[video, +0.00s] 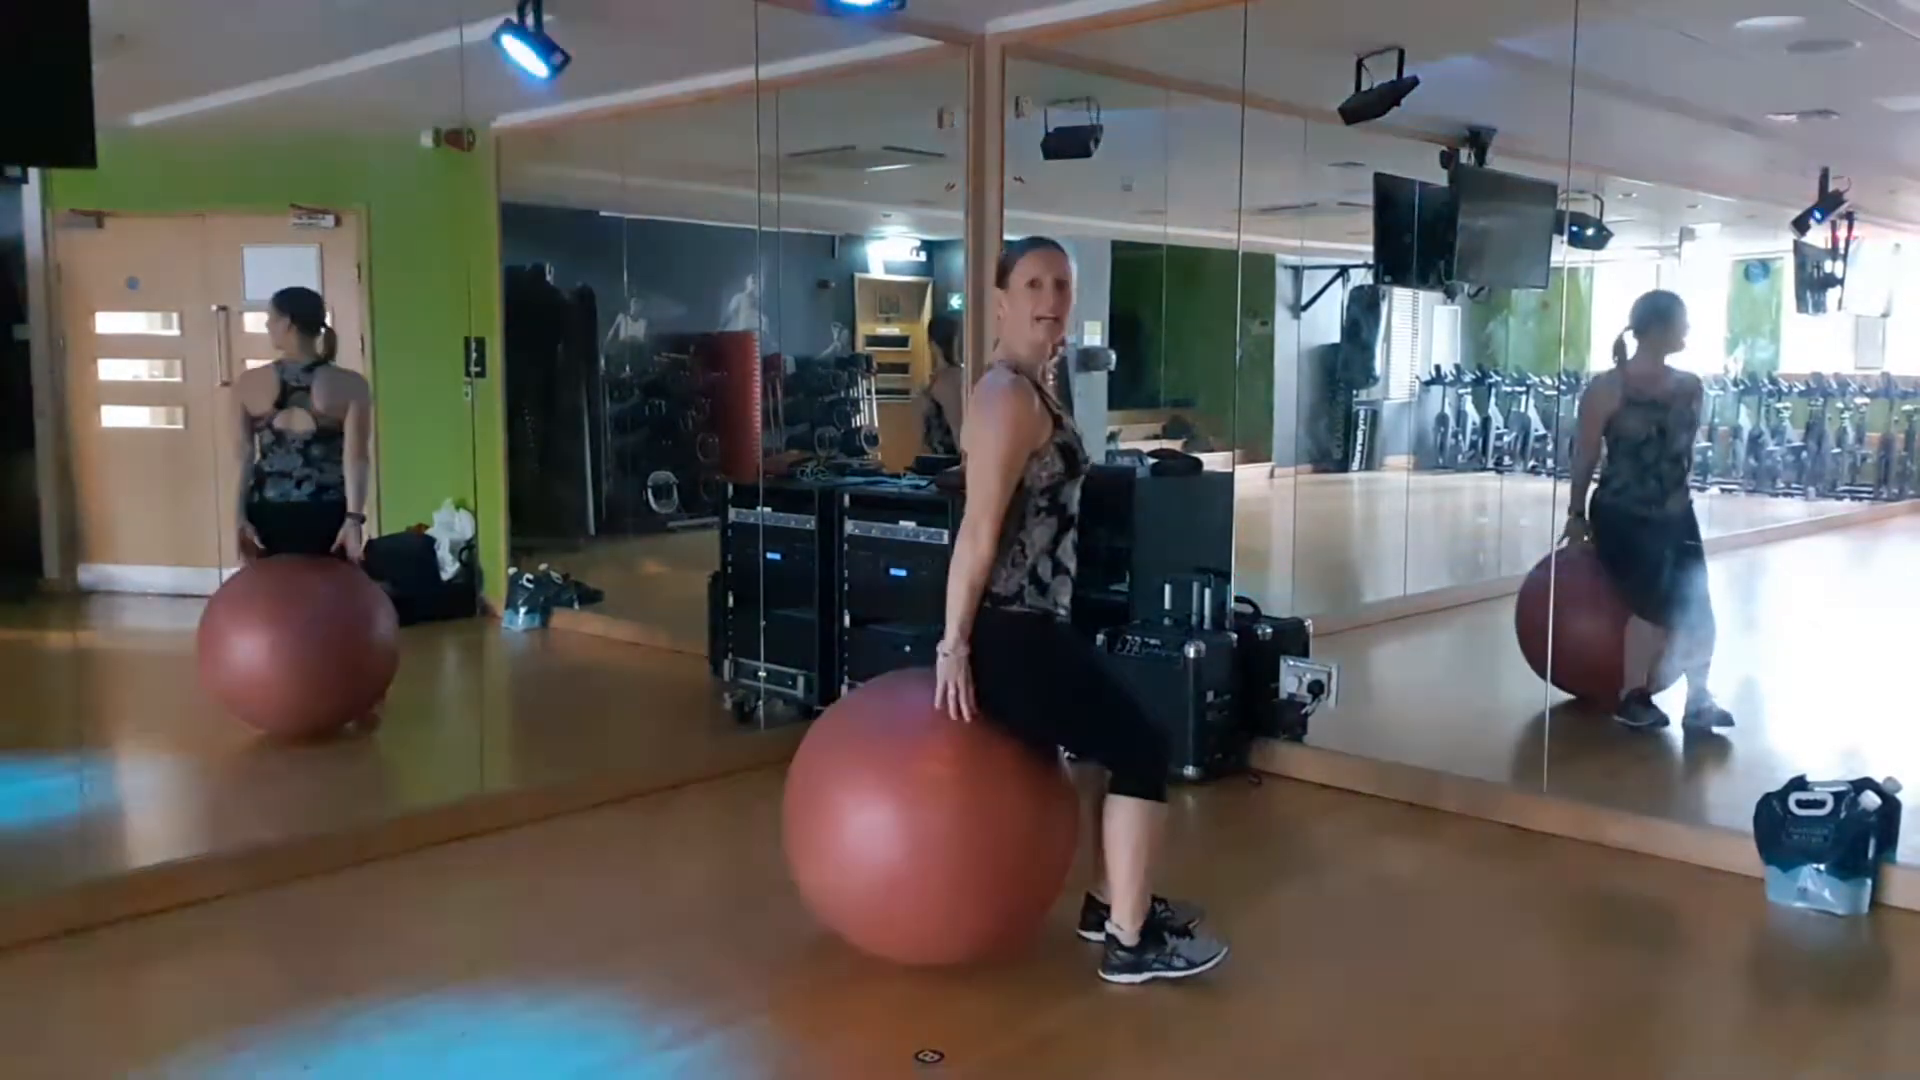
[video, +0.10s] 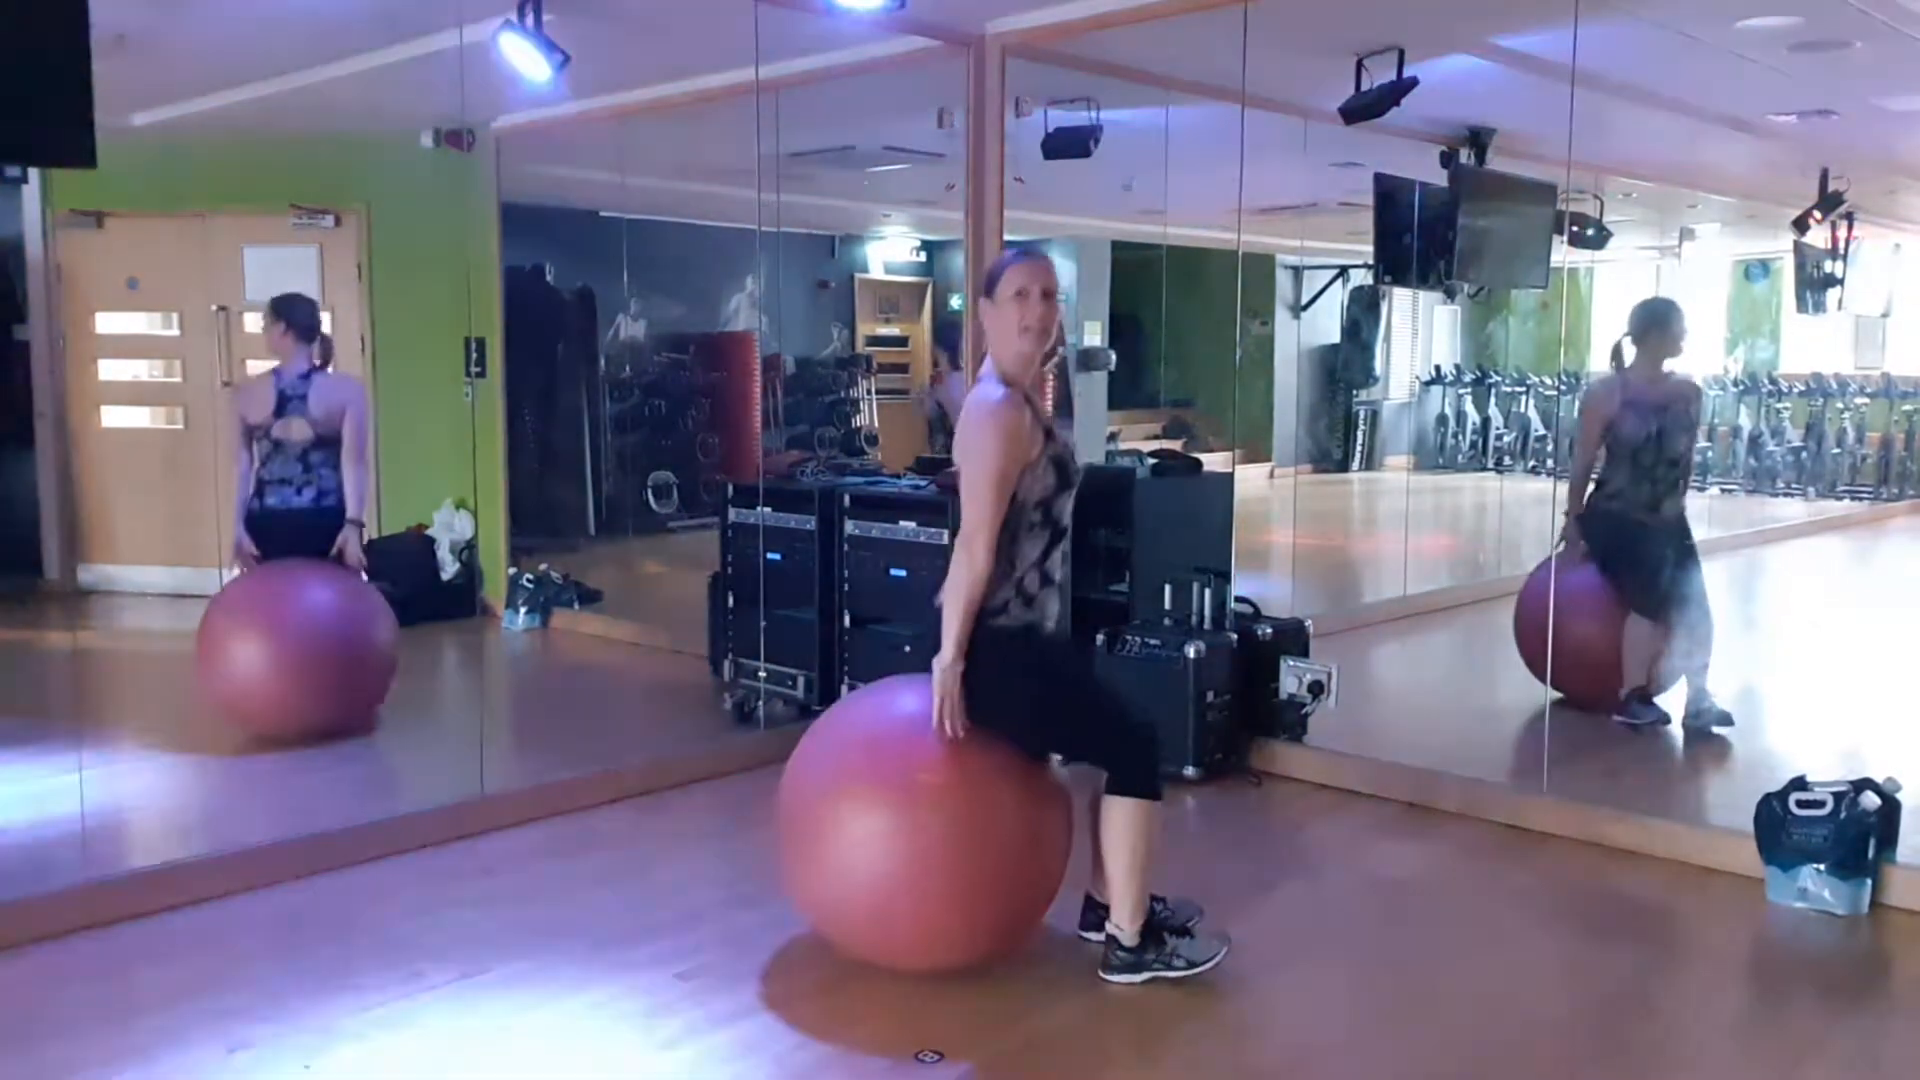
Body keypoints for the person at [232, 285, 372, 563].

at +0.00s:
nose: (268, 326)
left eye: (272, 318)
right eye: (269, 318)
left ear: (288, 324)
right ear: (317, 325)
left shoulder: (250, 384)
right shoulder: (351, 385)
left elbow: (244, 457)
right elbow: (357, 457)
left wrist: (241, 517)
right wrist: (355, 518)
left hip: (269, 517)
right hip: (328, 518)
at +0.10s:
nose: (264, 333)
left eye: (268, 324)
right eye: (265, 325)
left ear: (283, 330)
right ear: (313, 331)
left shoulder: (249, 393)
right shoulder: (347, 389)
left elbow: (243, 464)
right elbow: (354, 460)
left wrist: (239, 526)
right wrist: (354, 523)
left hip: (267, 523)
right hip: (327, 522)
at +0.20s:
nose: (259, 351)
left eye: (263, 343)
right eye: (260, 343)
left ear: (278, 347)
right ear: (309, 347)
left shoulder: (245, 411)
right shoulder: (345, 406)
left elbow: (241, 483)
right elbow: (354, 475)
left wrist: (239, 545)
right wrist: (355, 537)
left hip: (268, 541)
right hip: (327, 539)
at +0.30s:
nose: (256, 371)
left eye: (259, 363)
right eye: (256, 363)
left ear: (274, 369)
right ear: (305, 369)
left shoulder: (243, 430)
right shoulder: (344, 423)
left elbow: (241, 500)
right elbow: (355, 490)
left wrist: (240, 558)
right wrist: (357, 552)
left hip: (268, 560)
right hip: (328, 556)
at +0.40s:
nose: (252, 383)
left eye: (255, 376)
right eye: (253, 376)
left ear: (269, 383)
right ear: (302, 381)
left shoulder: (240, 441)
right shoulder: (342, 436)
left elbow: (239, 511)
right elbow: (353, 499)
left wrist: (243, 569)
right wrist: (354, 560)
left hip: (270, 573)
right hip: (329, 570)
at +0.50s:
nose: (248, 384)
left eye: (252, 376)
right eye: (250, 376)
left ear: (268, 384)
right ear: (298, 384)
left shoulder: (237, 442)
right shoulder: (340, 436)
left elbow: (235, 512)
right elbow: (354, 501)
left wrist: (241, 570)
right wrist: (357, 562)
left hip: (270, 574)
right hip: (330, 570)